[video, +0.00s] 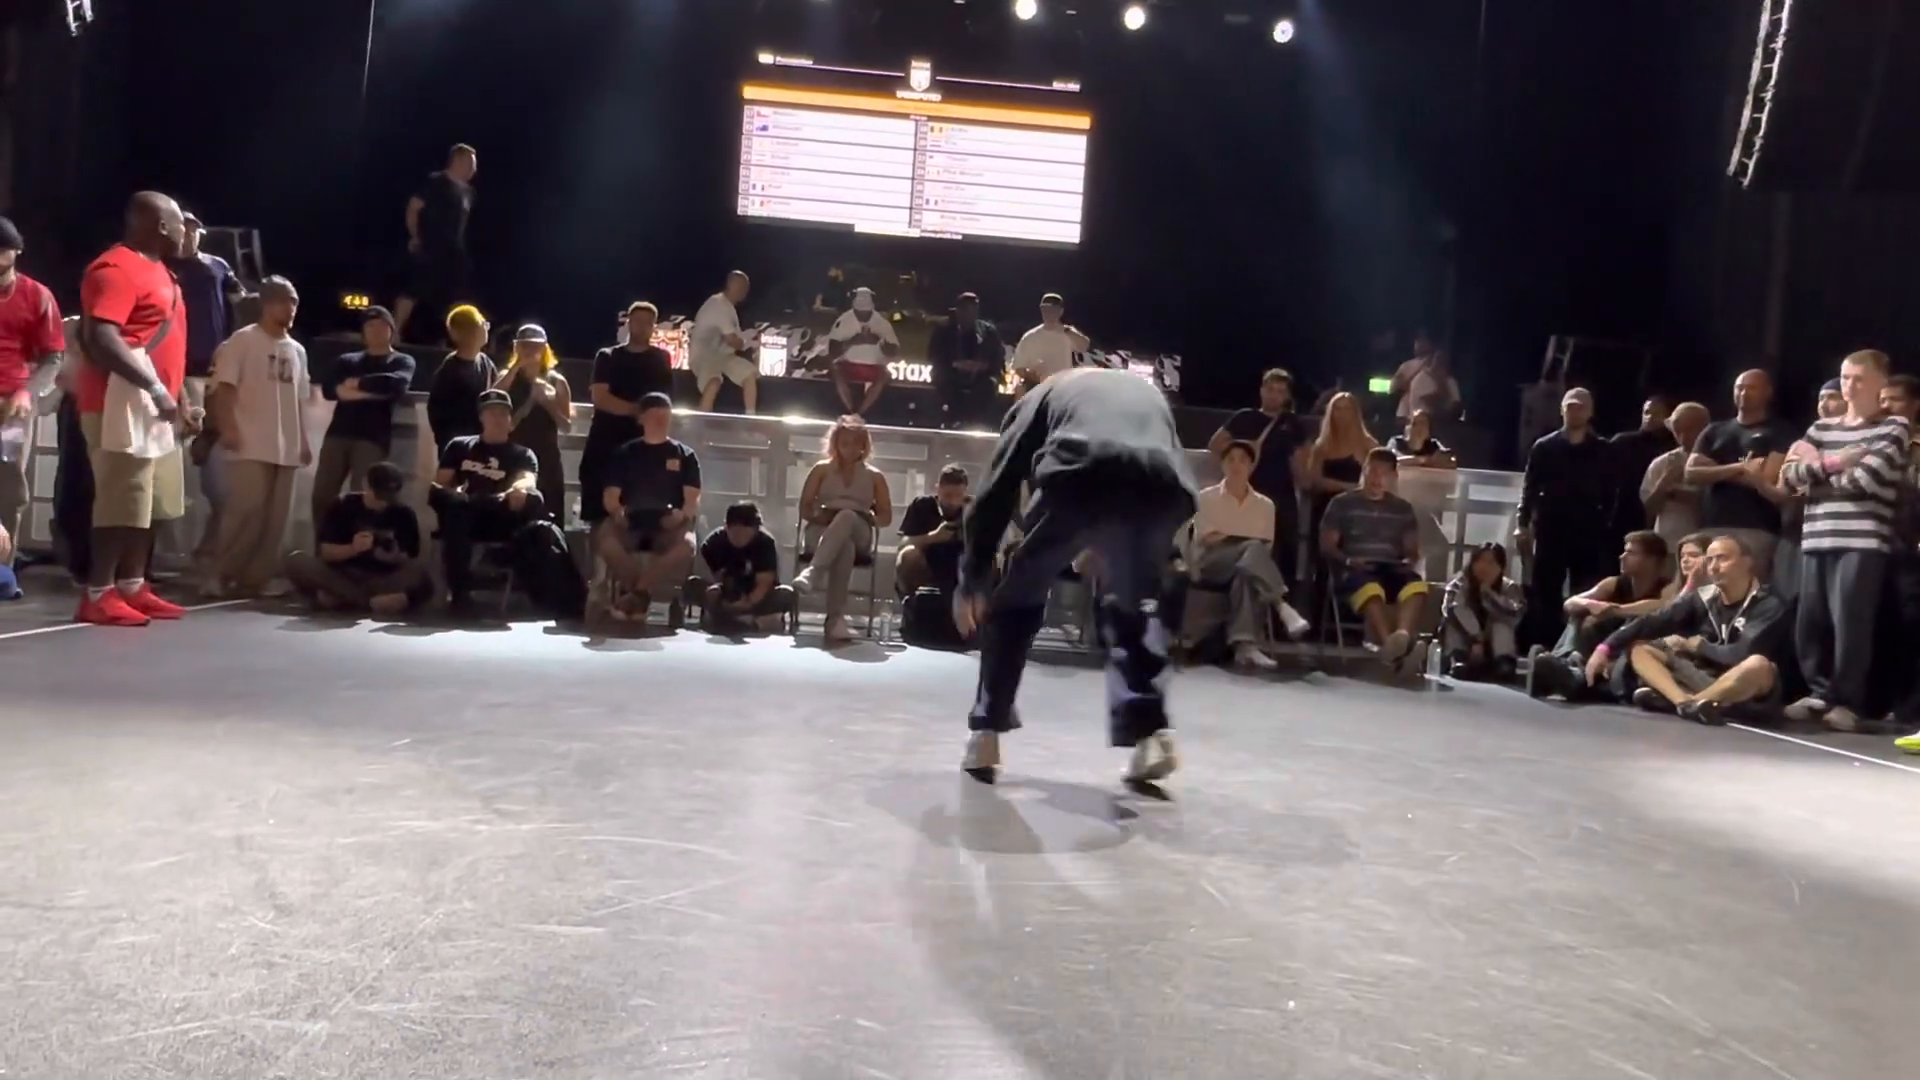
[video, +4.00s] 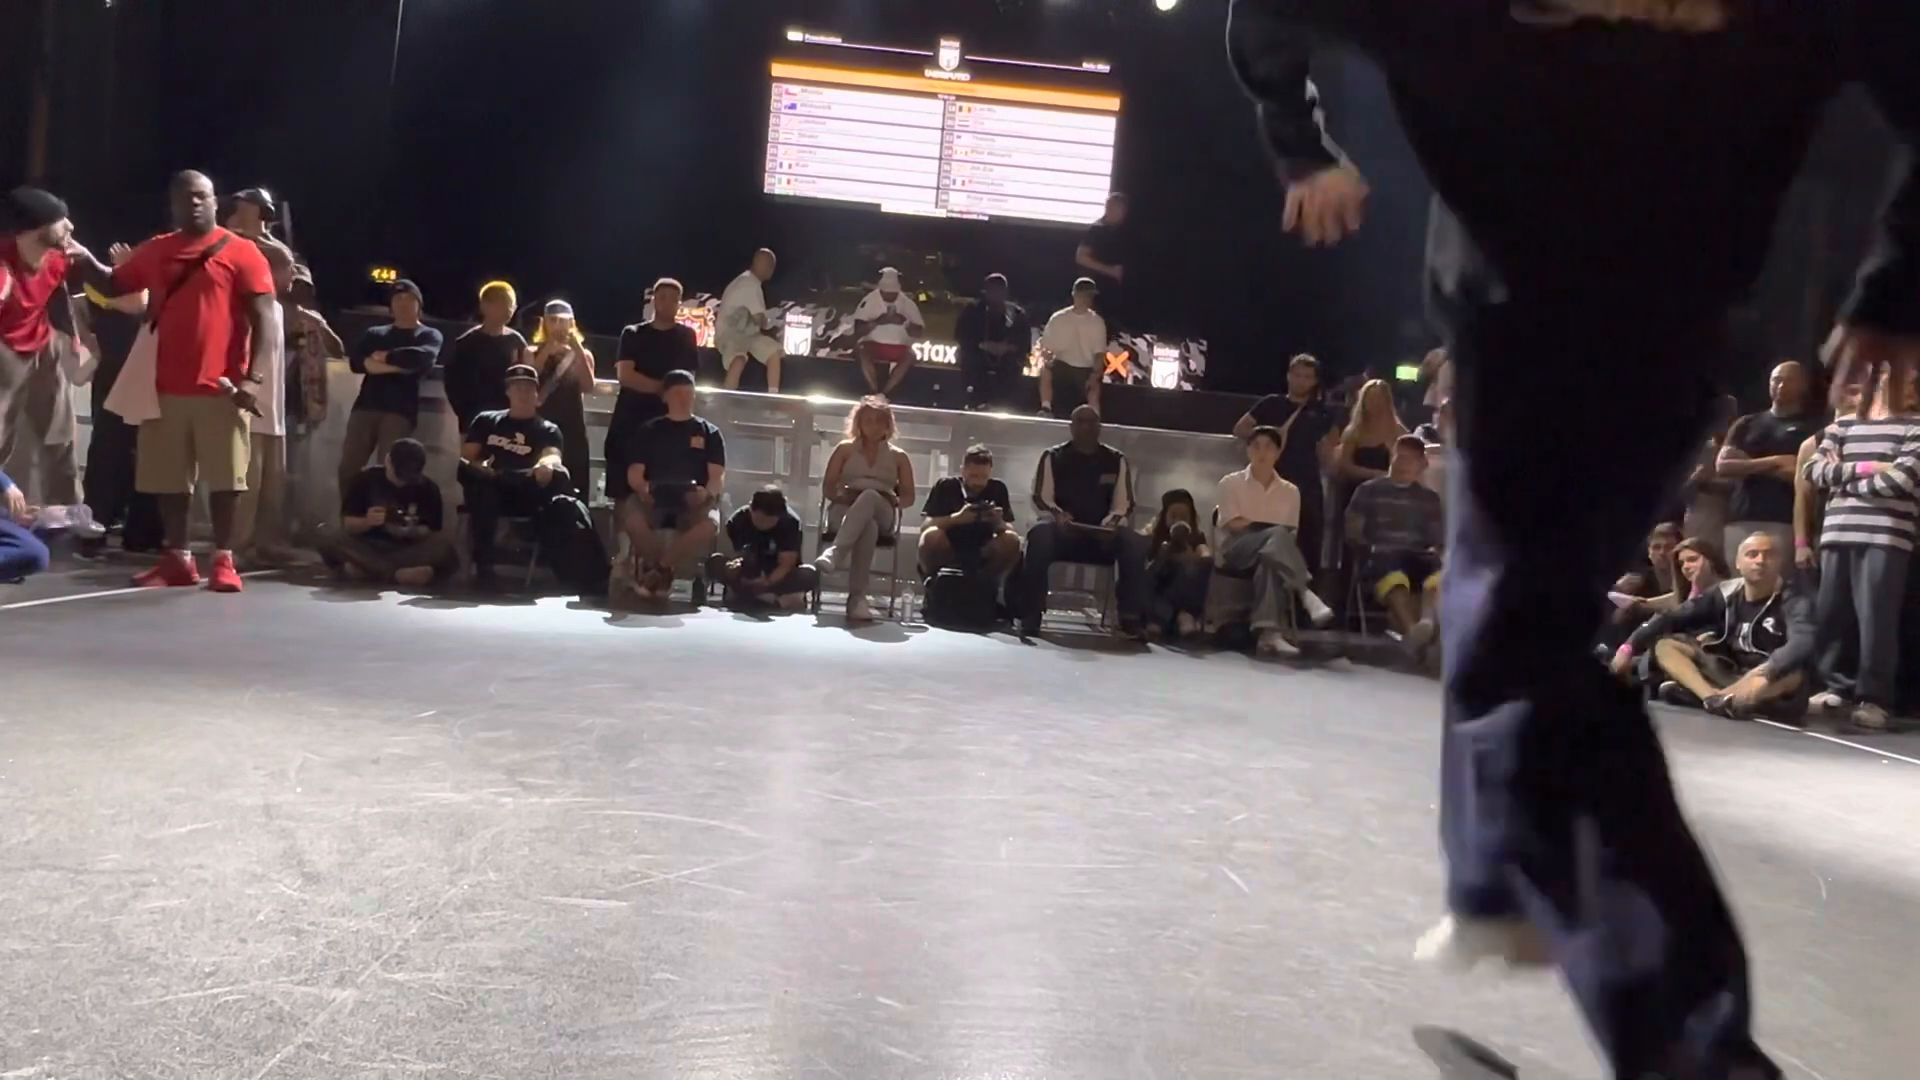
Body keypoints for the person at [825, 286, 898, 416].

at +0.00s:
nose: (864, 314)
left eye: (867, 311)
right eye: (860, 311)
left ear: (872, 308)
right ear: (854, 308)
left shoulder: (882, 322)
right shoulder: (844, 320)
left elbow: (893, 352)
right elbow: (833, 350)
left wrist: (878, 340)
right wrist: (854, 340)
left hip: (874, 366)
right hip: (848, 364)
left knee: (884, 376)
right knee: (836, 370)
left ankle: (860, 412)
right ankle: (851, 411)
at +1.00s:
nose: (879, 305)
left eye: (883, 302)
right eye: (875, 301)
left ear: (888, 298)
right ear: (869, 297)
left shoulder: (897, 311)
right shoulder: (859, 309)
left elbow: (908, 342)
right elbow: (847, 340)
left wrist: (894, 329)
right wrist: (869, 329)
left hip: (889, 355)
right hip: (864, 353)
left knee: (900, 366)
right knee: (852, 361)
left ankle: (875, 402)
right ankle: (866, 401)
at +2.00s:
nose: (889, 297)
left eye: (892, 293)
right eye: (885, 293)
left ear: (897, 289)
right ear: (879, 289)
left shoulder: (906, 302)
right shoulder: (869, 300)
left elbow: (918, 333)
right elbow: (856, 331)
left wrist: (903, 321)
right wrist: (879, 320)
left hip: (898, 346)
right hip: (873, 344)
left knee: (909, 357)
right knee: (861, 352)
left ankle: (884, 393)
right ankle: (875, 391)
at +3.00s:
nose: (890, 296)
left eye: (893, 293)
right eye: (886, 292)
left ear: (899, 289)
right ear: (880, 288)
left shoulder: (908, 302)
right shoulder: (869, 300)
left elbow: (919, 332)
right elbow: (857, 332)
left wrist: (904, 320)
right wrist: (879, 320)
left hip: (900, 346)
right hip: (874, 344)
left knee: (910, 357)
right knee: (863, 353)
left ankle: (885, 392)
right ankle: (876, 391)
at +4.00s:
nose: (890, 296)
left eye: (893, 293)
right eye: (886, 293)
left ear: (898, 290)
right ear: (880, 290)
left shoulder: (907, 303)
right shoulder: (869, 300)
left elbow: (918, 332)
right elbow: (858, 330)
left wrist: (904, 322)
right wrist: (879, 321)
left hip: (899, 347)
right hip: (873, 344)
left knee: (909, 357)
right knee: (863, 352)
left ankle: (885, 393)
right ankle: (875, 392)